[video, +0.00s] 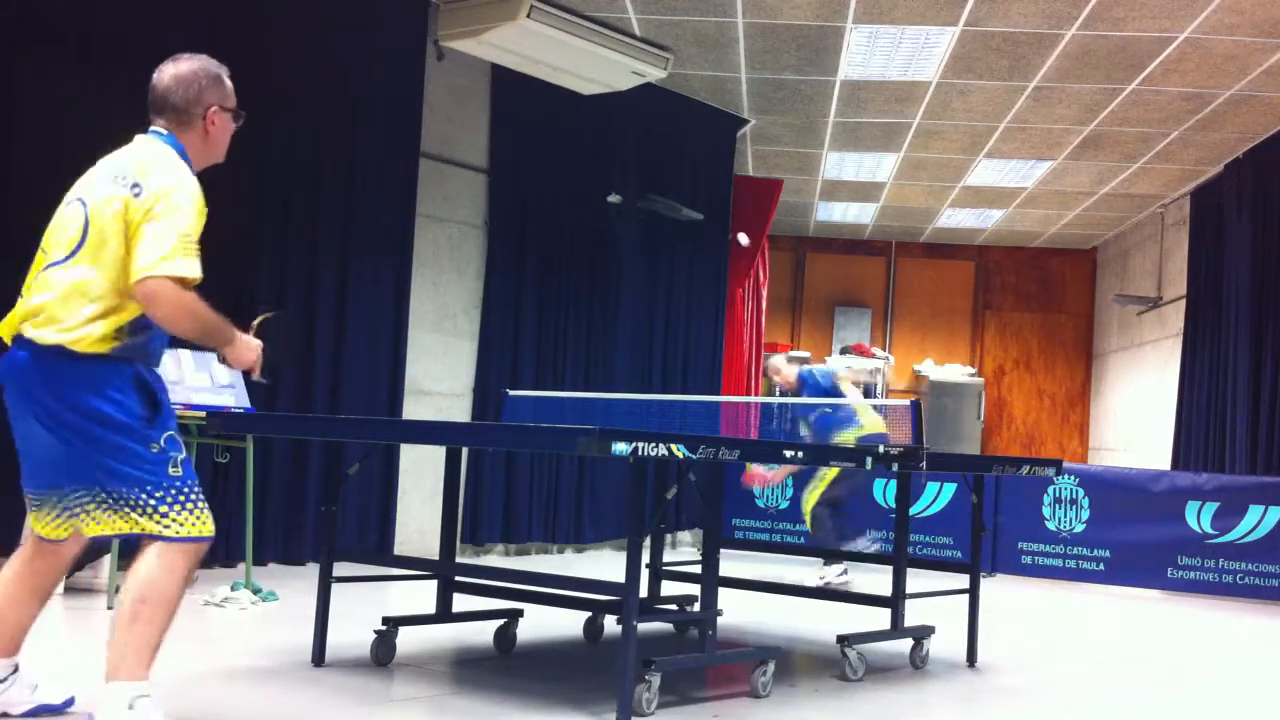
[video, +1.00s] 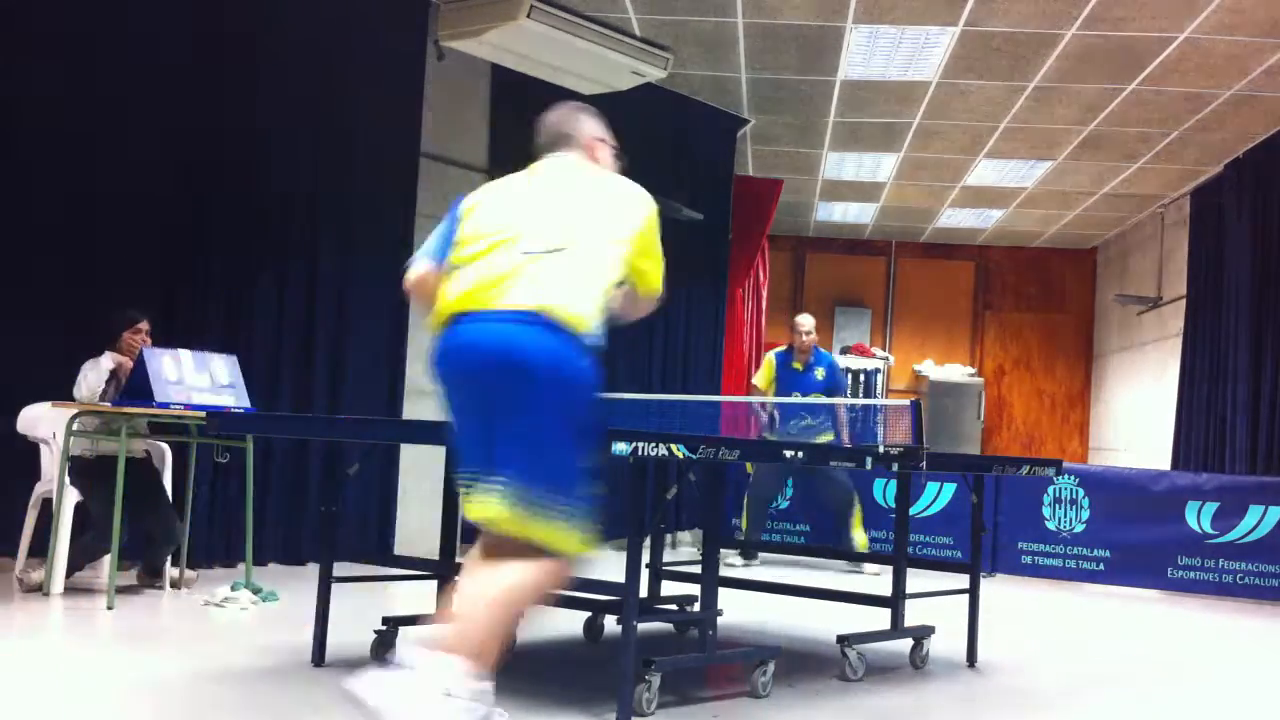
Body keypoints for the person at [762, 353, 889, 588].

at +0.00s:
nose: (778, 382)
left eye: (777, 375)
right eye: (773, 379)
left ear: (786, 366)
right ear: (774, 378)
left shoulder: (811, 374)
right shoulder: (802, 405)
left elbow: (842, 376)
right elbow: (809, 447)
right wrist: (782, 471)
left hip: (855, 442)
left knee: (813, 500)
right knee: (827, 499)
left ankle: (834, 564)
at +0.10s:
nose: (762, 372)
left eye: (762, 365)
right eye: (759, 368)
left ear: (773, 357)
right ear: (764, 367)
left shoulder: (799, 363)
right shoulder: (785, 397)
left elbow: (834, 353)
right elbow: (795, 444)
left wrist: (859, 335)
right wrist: (777, 475)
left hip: (840, 442)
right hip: (821, 447)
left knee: (802, 504)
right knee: (791, 501)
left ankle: (838, 564)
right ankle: (772, 554)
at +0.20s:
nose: (755, 360)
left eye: (758, 353)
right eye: (752, 356)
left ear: (771, 348)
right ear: (754, 358)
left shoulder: (795, 362)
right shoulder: (770, 386)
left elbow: (832, 364)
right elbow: (774, 434)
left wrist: (861, 362)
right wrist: (768, 467)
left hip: (813, 441)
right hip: (787, 445)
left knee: (785, 498)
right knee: (766, 493)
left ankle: (819, 556)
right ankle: (765, 554)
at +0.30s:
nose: (755, 343)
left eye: (760, 337)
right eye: (751, 338)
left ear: (772, 335)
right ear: (748, 341)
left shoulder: (791, 354)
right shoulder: (759, 365)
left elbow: (831, 375)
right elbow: (767, 402)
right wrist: (758, 437)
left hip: (803, 431)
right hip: (776, 433)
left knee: (777, 486)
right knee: (770, 487)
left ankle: (782, 551)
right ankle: (771, 548)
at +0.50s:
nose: (767, 340)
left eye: (772, 335)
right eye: (762, 334)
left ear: (781, 337)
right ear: (755, 337)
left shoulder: (798, 364)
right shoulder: (747, 363)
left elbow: (818, 404)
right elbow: (737, 400)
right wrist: (740, 429)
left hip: (789, 435)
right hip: (757, 433)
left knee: (782, 490)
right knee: (740, 487)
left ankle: (787, 553)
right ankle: (735, 549)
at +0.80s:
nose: (787, 333)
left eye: (791, 328)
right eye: (782, 328)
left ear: (800, 328)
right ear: (775, 329)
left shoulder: (815, 353)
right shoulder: (761, 354)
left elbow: (831, 391)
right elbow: (744, 389)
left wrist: (837, 424)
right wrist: (743, 419)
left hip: (808, 437)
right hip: (766, 435)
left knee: (818, 490)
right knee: (746, 486)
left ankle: (823, 554)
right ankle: (737, 546)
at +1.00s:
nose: (804, 338)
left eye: (809, 333)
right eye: (800, 333)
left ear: (816, 335)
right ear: (792, 335)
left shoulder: (829, 363)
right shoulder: (775, 359)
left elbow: (839, 405)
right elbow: (755, 391)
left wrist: (845, 441)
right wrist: (763, 419)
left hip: (820, 442)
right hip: (779, 441)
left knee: (846, 492)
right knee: (757, 491)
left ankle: (859, 554)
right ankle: (749, 550)